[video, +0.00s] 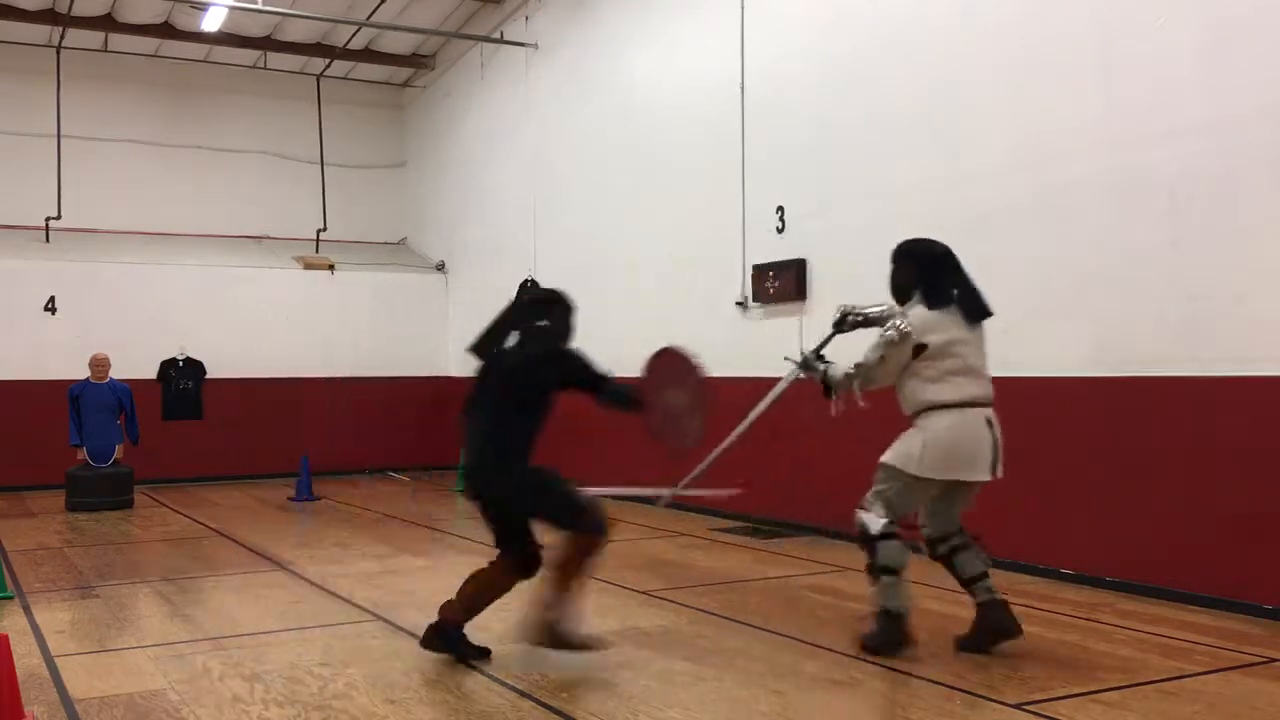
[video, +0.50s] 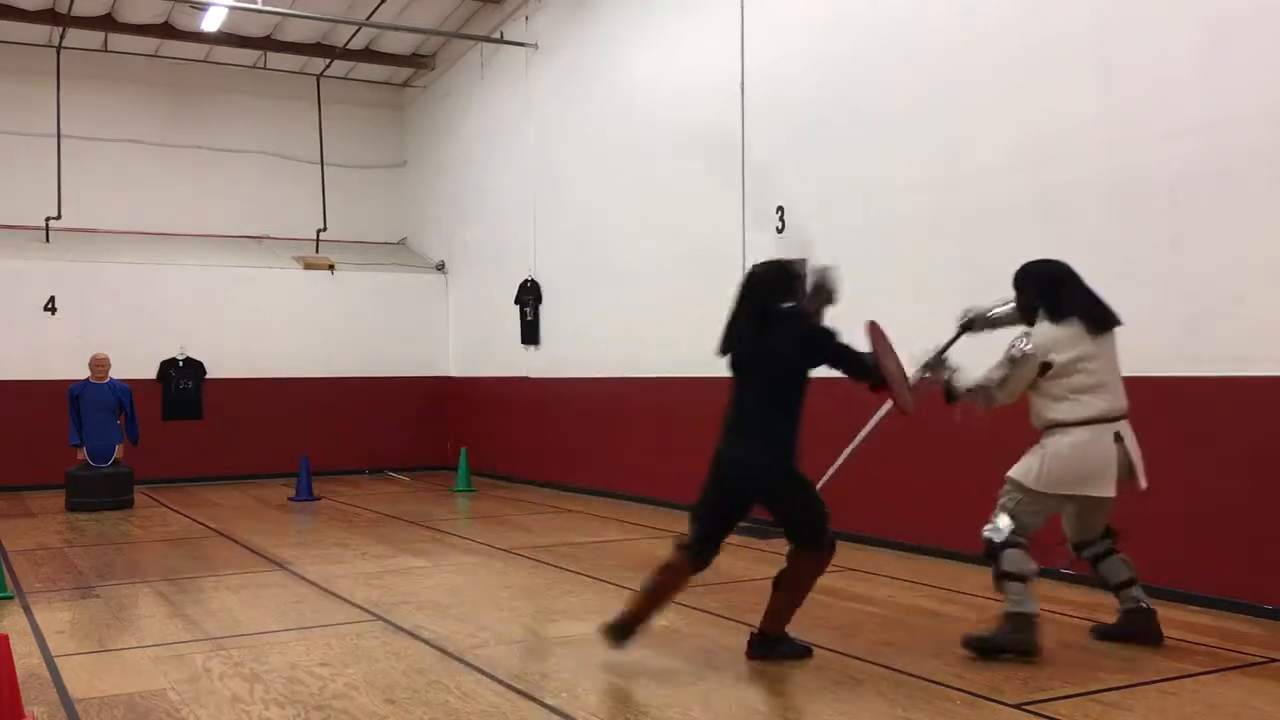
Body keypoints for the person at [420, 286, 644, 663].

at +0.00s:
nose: (567, 331)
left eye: (565, 324)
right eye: (564, 324)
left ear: (526, 323)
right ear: (558, 326)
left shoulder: (501, 356)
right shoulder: (555, 360)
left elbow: (472, 412)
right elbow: (605, 389)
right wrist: (644, 398)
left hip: (482, 476)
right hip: (513, 476)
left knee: (519, 559)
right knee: (589, 524)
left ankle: (446, 627)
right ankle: (550, 624)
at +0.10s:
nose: (614, 315)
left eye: (610, 307)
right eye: (610, 308)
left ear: (569, 314)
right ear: (600, 312)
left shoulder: (553, 352)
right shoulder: (607, 347)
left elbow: (529, 338)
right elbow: (671, 373)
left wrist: (551, 305)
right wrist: (707, 367)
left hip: (542, 471)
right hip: (577, 470)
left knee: (536, 562)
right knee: (660, 528)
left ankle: (457, 625)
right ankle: (711, 621)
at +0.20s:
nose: (659, 318)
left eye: (650, 312)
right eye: (654, 311)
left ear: (615, 322)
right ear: (650, 315)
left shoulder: (613, 366)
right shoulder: (661, 348)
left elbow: (646, 438)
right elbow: (725, 365)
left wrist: (713, 440)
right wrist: (761, 355)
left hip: (613, 483)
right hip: (652, 481)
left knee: (576, 573)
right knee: (730, 534)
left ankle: (486, 626)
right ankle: (765, 634)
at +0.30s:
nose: (710, 319)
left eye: (706, 313)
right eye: (705, 313)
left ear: (663, 322)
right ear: (699, 319)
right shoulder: (713, 352)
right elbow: (778, 367)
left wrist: (759, 399)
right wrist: (812, 359)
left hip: (664, 485)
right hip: (702, 484)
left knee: (629, 580)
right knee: (777, 536)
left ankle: (540, 635)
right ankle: (769, 636)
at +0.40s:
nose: (759, 309)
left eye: (752, 304)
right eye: (754, 304)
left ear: (710, 312)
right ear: (751, 310)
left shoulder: (702, 348)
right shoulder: (767, 349)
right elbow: (826, 365)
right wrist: (868, 369)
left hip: (703, 478)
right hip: (740, 479)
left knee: (655, 569)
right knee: (804, 542)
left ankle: (573, 635)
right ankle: (769, 637)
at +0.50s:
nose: (805, 297)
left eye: (801, 288)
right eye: (800, 290)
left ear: (755, 296)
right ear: (793, 296)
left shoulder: (745, 331)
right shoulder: (804, 332)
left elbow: (790, 342)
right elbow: (861, 367)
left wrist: (813, 309)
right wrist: (886, 372)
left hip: (731, 460)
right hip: (772, 465)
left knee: (697, 549)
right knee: (815, 546)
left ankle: (628, 621)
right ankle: (769, 636)